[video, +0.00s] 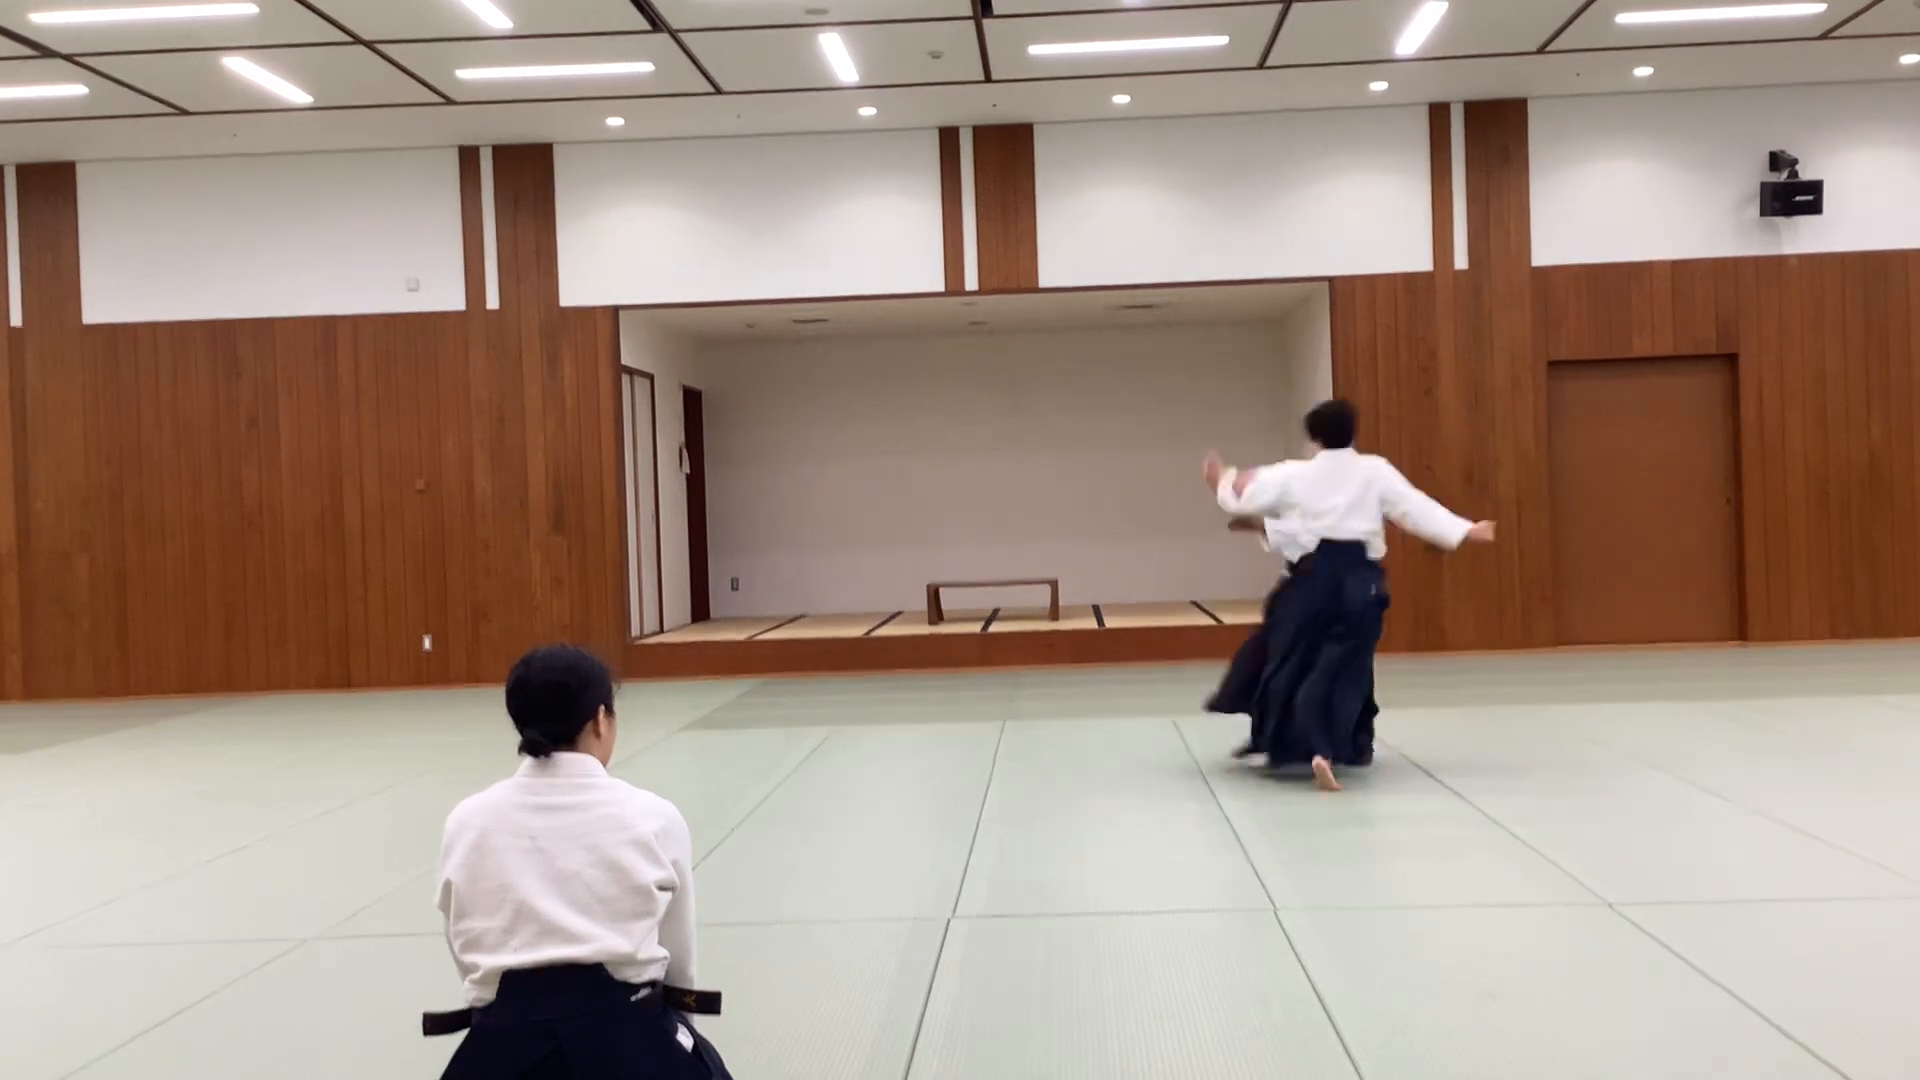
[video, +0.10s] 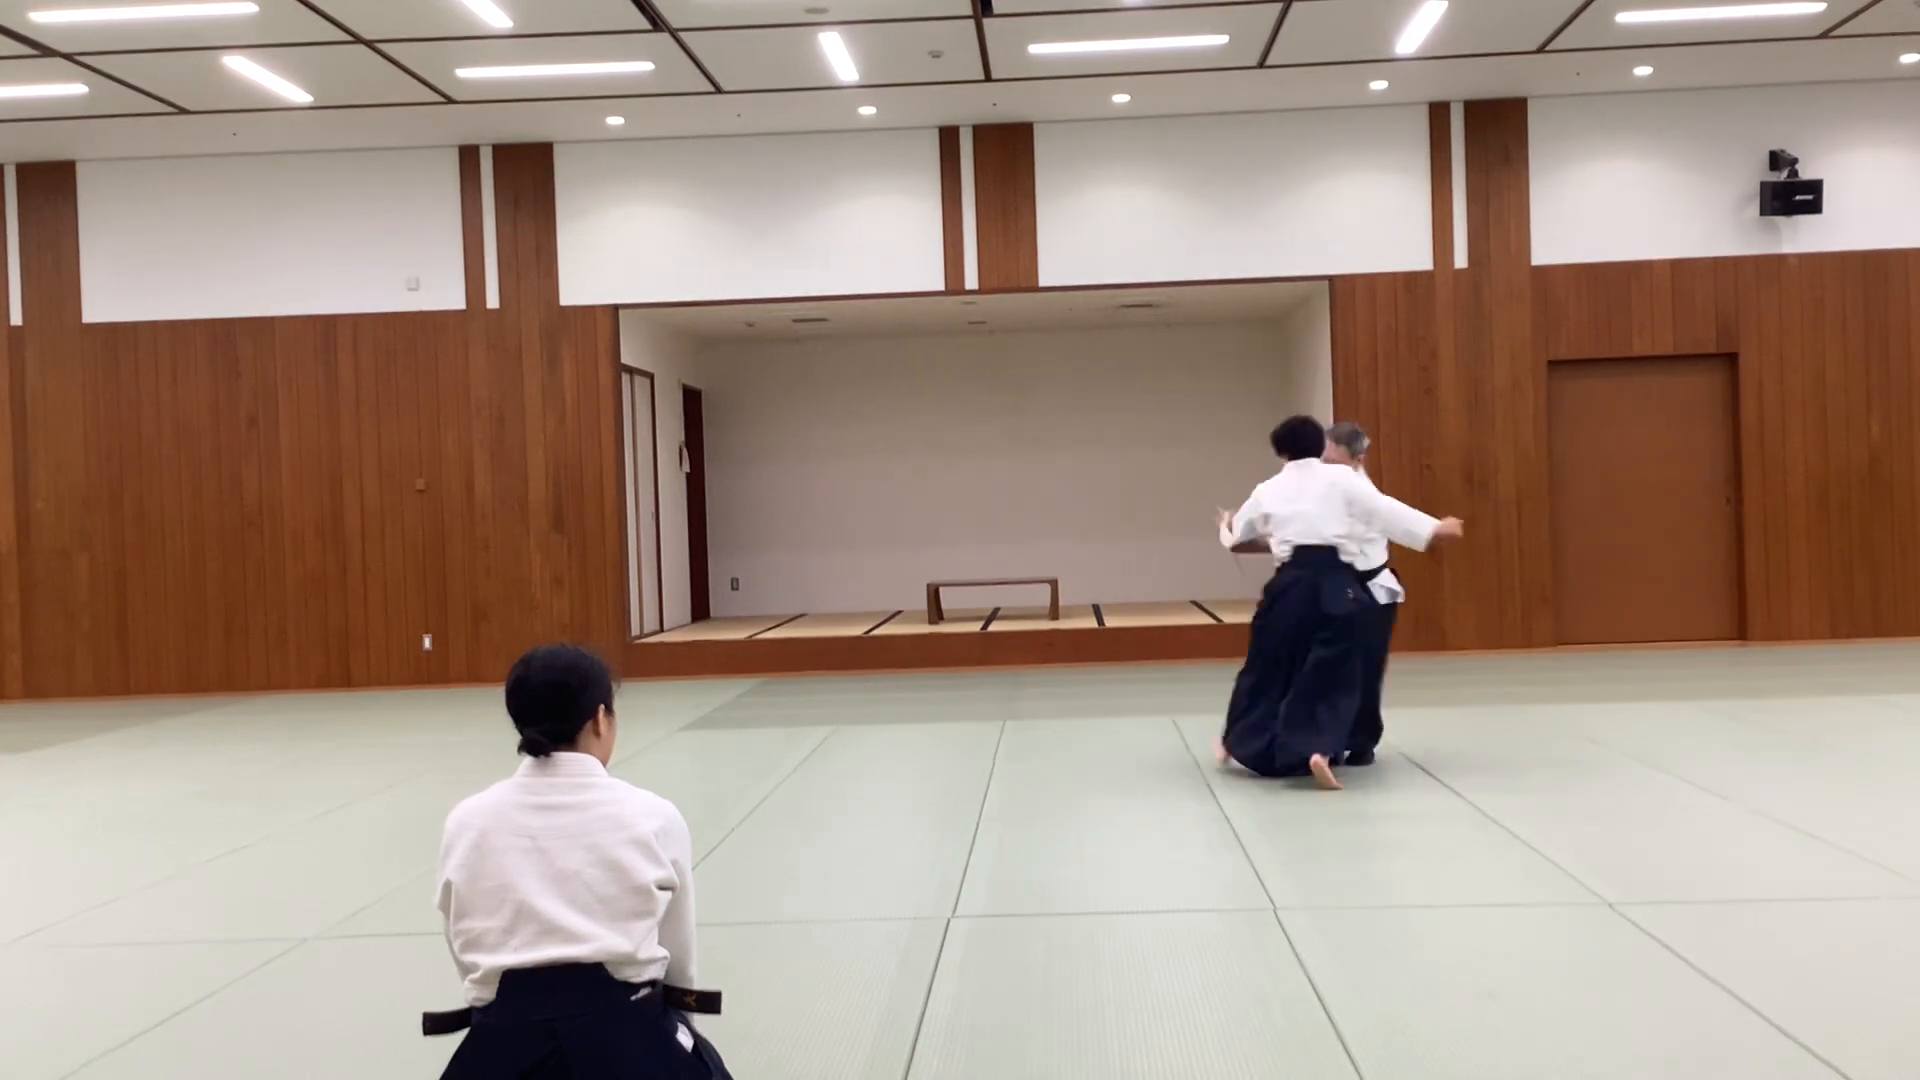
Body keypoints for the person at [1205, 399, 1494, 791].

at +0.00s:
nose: (1311, 442)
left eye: (1311, 436)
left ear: (1314, 437)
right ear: (1352, 434)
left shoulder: (1294, 474)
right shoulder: (1375, 470)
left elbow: (1243, 499)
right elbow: (1414, 507)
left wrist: (1221, 482)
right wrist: (1464, 528)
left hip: (1311, 578)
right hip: (1362, 578)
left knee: (1294, 658)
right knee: (1345, 664)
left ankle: (1285, 744)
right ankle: (1324, 751)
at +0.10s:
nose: (1329, 454)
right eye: (1326, 447)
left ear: (1281, 453)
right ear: (1321, 447)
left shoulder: (1268, 491)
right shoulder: (1342, 479)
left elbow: (1239, 532)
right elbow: (1386, 512)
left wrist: (1227, 524)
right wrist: (1435, 528)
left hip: (1289, 582)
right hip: (1338, 581)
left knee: (1264, 665)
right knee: (1337, 673)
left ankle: (1233, 738)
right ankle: (1321, 751)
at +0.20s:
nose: (1315, 472)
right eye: (1312, 467)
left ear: (1266, 468)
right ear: (1304, 467)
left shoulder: (1250, 506)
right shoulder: (1311, 490)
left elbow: (1245, 561)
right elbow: (1350, 516)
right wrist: (1394, 524)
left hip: (1258, 584)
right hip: (1302, 581)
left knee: (1248, 667)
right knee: (1321, 672)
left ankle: (1222, 744)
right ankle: (1314, 753)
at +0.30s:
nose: (1310, 504)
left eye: (1311, 501)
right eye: (1311, 499)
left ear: (1276, 486)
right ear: (1306, 492)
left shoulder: (1251, 515)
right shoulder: (1291, 504)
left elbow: (1238, 562)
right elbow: (1308, 531)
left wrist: (1298, 580)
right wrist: (1330, 533)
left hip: (1223, 595)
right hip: (1259, 596)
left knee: (1232, 677)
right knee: (1293, 677)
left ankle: (1219, 751)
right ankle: (1292, 757)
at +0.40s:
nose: (1321, 527)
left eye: (1324, 521)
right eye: (1322, 519)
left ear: (1299, 503)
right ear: (1310, 510)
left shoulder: (1277, 520)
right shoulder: (1290, 518)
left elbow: (1284, 581)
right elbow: (1266, 552)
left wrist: (1319, 596)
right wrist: (1289, 552)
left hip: (1213, 596)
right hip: (1232, 602)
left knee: (1236, 679)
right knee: (1259, 681)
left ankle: (1223, 752)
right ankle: (1211, 751)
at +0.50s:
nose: (1330, 530)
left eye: (1334, 525)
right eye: (1331, 523)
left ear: (1313, 512)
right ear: (1314, 512)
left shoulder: (1298, 538)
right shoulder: (1283, 520)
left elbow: (1298, 581)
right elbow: (1244, 542)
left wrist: (1331, 597)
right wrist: (1256, 565)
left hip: (1233, 614)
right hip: (1213, 605)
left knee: (1256, 683)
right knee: (1190, 676)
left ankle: (1219, 746)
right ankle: (1125, 724)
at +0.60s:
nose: (1330, 520)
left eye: (1334, 514)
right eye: (1328, 512)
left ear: (1318, 509)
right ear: (1309, 503)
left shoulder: (1311, 541)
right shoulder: (1275, 513)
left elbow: (1316, 583)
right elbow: (1231, 537)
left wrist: (1347, 602)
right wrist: (1241, 572)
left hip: (1244, 609)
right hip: (1217, 594)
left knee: (1259, 673)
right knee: (1194, 651)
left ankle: (1224, 744)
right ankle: (1134, 694)